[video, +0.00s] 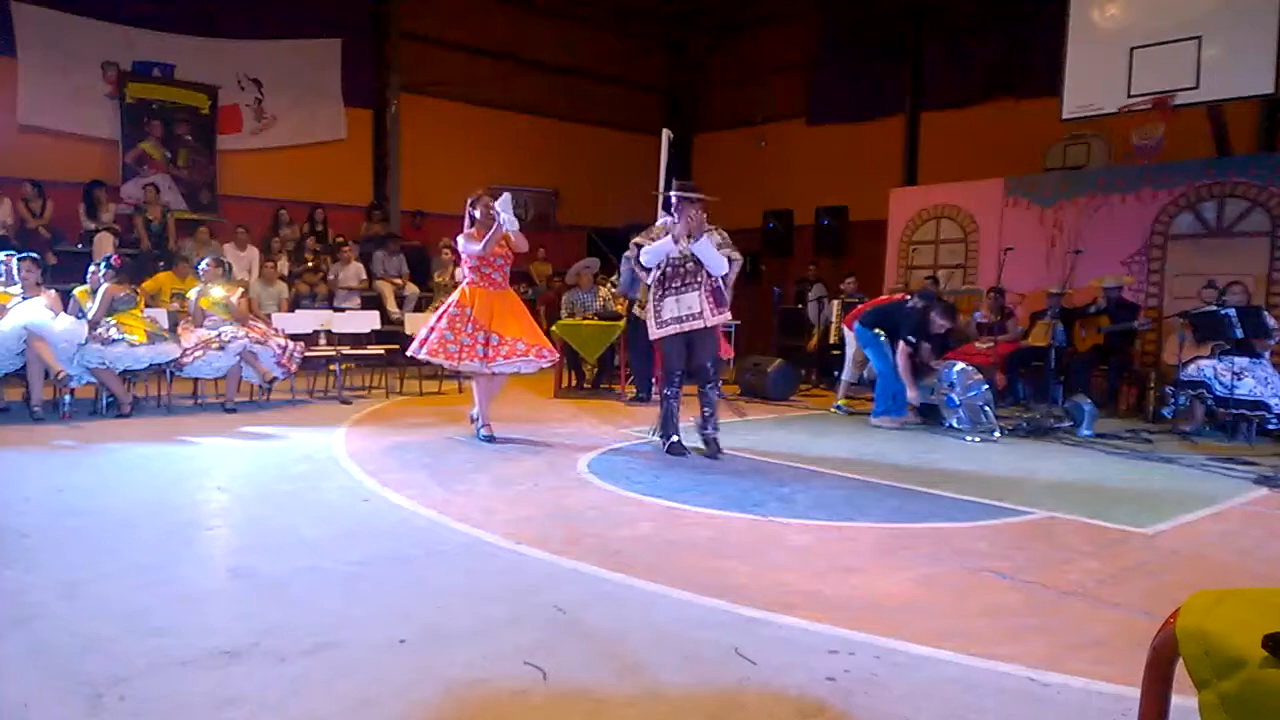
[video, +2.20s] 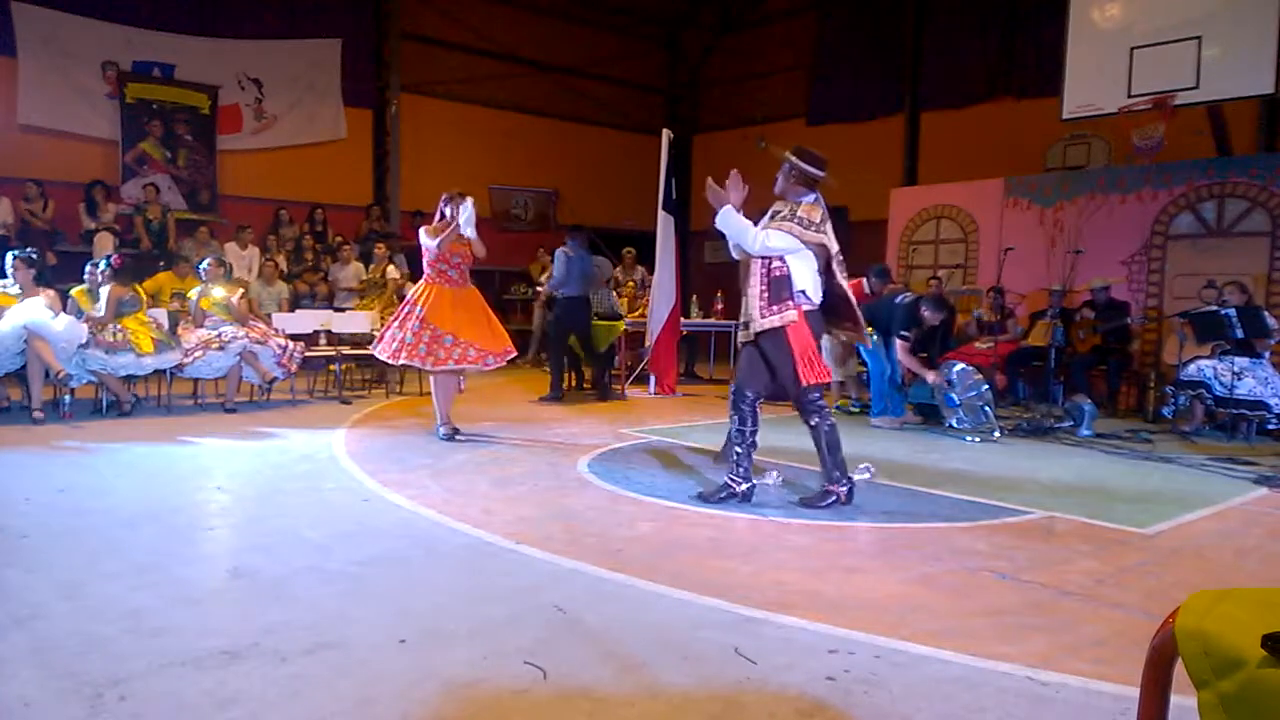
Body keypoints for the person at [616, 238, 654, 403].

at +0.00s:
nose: (630, 247)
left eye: (631, 243)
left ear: (632, 242)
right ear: (649, 241)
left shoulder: (629, 257)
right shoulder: (656, 257)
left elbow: (624, 285)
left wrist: (617, 291)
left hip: (637, 304)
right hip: (656, 302)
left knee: (638, 348)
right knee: (647, 348)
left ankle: (642, 389)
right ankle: (645, 386)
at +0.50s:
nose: (622, 245)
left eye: (622, 242)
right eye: (623, 242)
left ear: (625, 241)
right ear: (639, 240)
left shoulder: (627, 254)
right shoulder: (652, 255)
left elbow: (627, 278)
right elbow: (657, 278)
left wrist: (614, 289)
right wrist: (641, 279)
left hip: (632, 302)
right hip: (647, 302)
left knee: (622, 345)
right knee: (643, 346)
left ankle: (619, 389)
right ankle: (646, 389)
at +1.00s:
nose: (604, 244)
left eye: (604, 241)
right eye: (606, 241)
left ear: (605, 240)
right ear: (620, 238)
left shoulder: (605, 253)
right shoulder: (631, 252)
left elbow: (604, 277)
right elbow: (636, 277)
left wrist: (589, 288)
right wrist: (628, 290)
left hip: (614, 301)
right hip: (631, 301)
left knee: (609, 348)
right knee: (631, 345)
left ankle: (612, 390)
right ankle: (638, 389)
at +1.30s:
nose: (596, 242)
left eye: (596, 239)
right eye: (596, 239)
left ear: (598, 238)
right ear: (611, 237)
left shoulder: (600, 252)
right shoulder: (622, 252)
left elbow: (602, 276)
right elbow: (627, 274)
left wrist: (583, 288)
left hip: (608, 301)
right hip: (622, 300)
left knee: (606, 347)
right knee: (613, 347)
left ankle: (610, 390)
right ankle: (612, 387)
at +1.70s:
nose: (589, 242)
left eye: (589, 238)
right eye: (590, 238)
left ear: (591, 238)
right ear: (605, 238)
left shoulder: (592, 252)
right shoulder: (614, 254)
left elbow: (593, 275)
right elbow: (618, 278)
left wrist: (573, 287)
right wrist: (608, 288)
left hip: (595, 302)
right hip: (610, 302)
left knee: (582, 344)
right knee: (606, 345)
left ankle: (589, 387)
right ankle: (608, 386)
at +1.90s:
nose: (582, 242)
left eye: (583, 239)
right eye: (583, 239)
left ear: (585, 239)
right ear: (598, 239)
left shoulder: (583, 253)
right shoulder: (607, 255)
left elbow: (583, 275)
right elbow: (614, 280)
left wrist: (565, 288)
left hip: (587, 302)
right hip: (603, 302)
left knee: (572, 344)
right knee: (603, 346)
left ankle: (562, 388)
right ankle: (608, 388)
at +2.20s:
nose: (564, 240)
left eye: (565, 237)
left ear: (567, 237)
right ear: (581, 238)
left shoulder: (562, 252)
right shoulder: (586, 255)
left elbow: (559, 276)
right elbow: (592, 278)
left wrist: (546, 290)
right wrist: (582, 291)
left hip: (565, 300)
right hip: (583, 300)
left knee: (556, 346)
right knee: (586, 345)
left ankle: (556, 389)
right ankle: (602, 384)